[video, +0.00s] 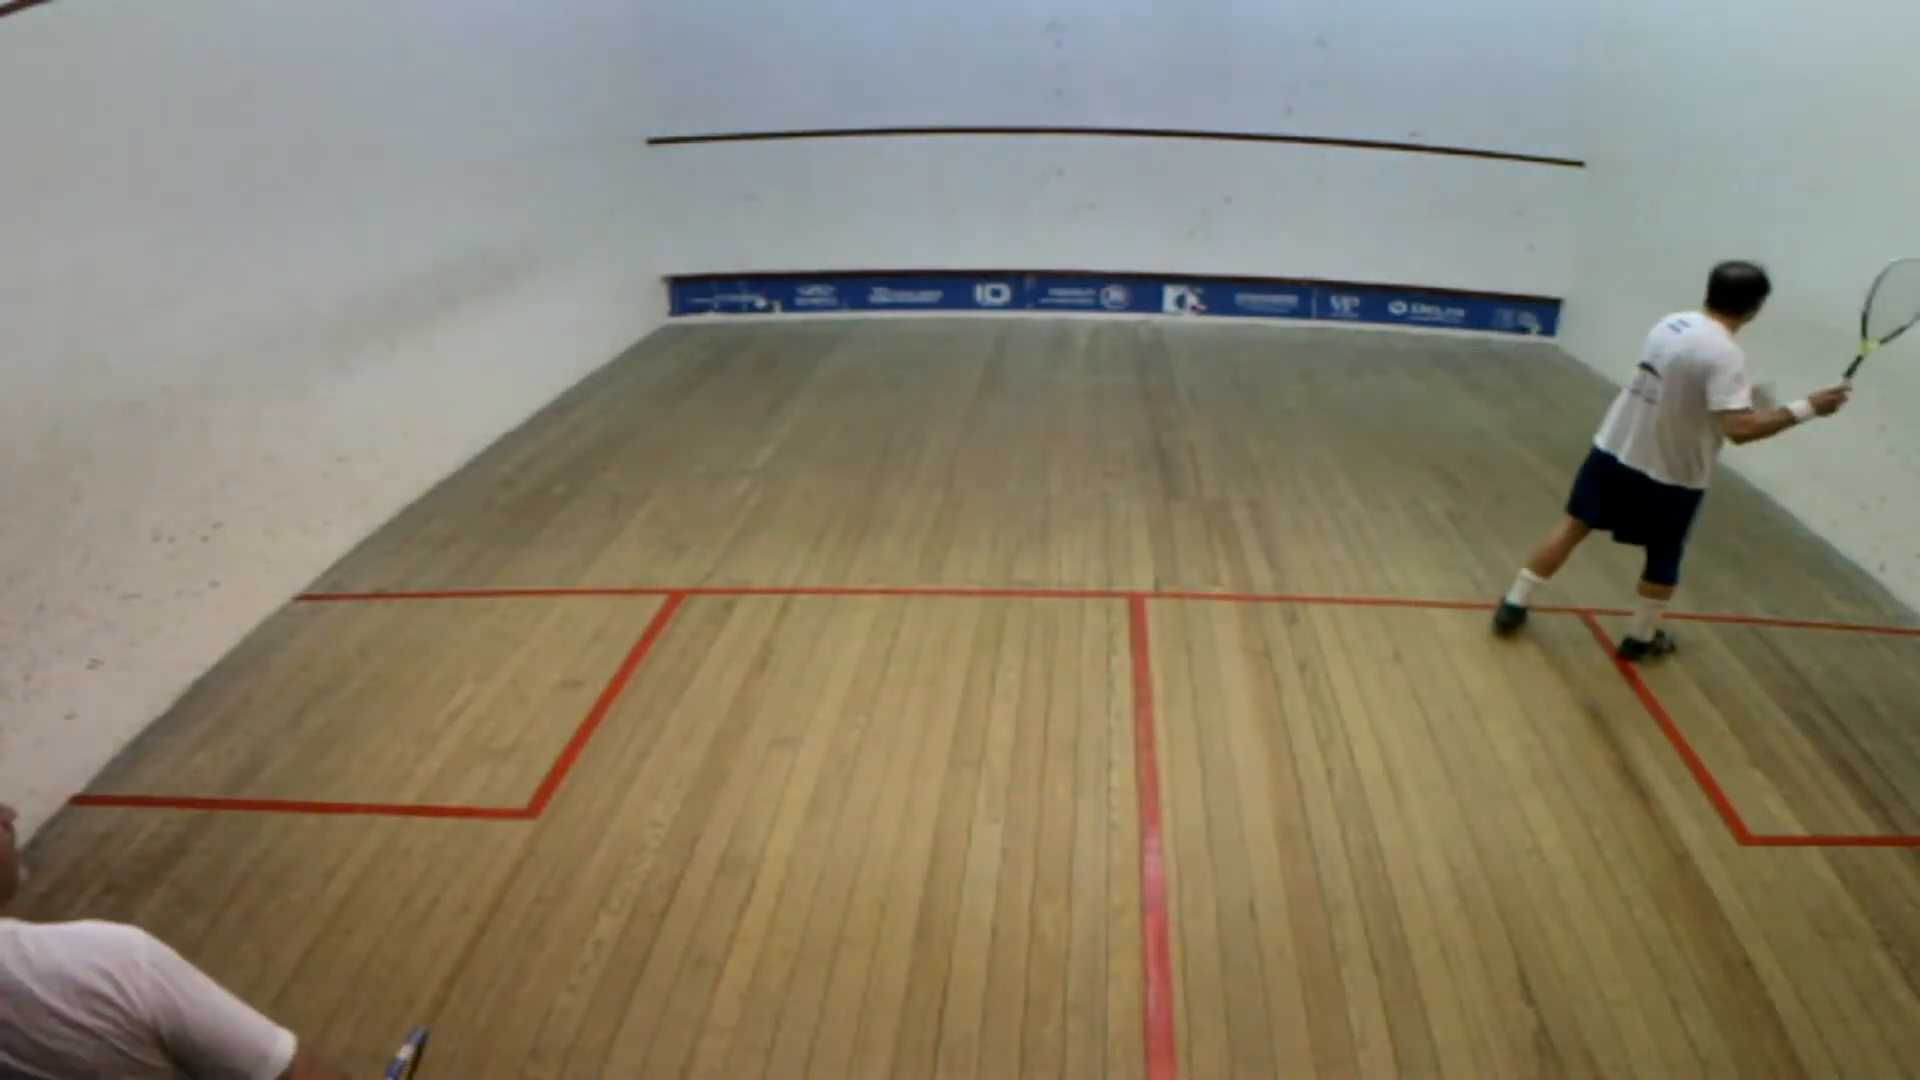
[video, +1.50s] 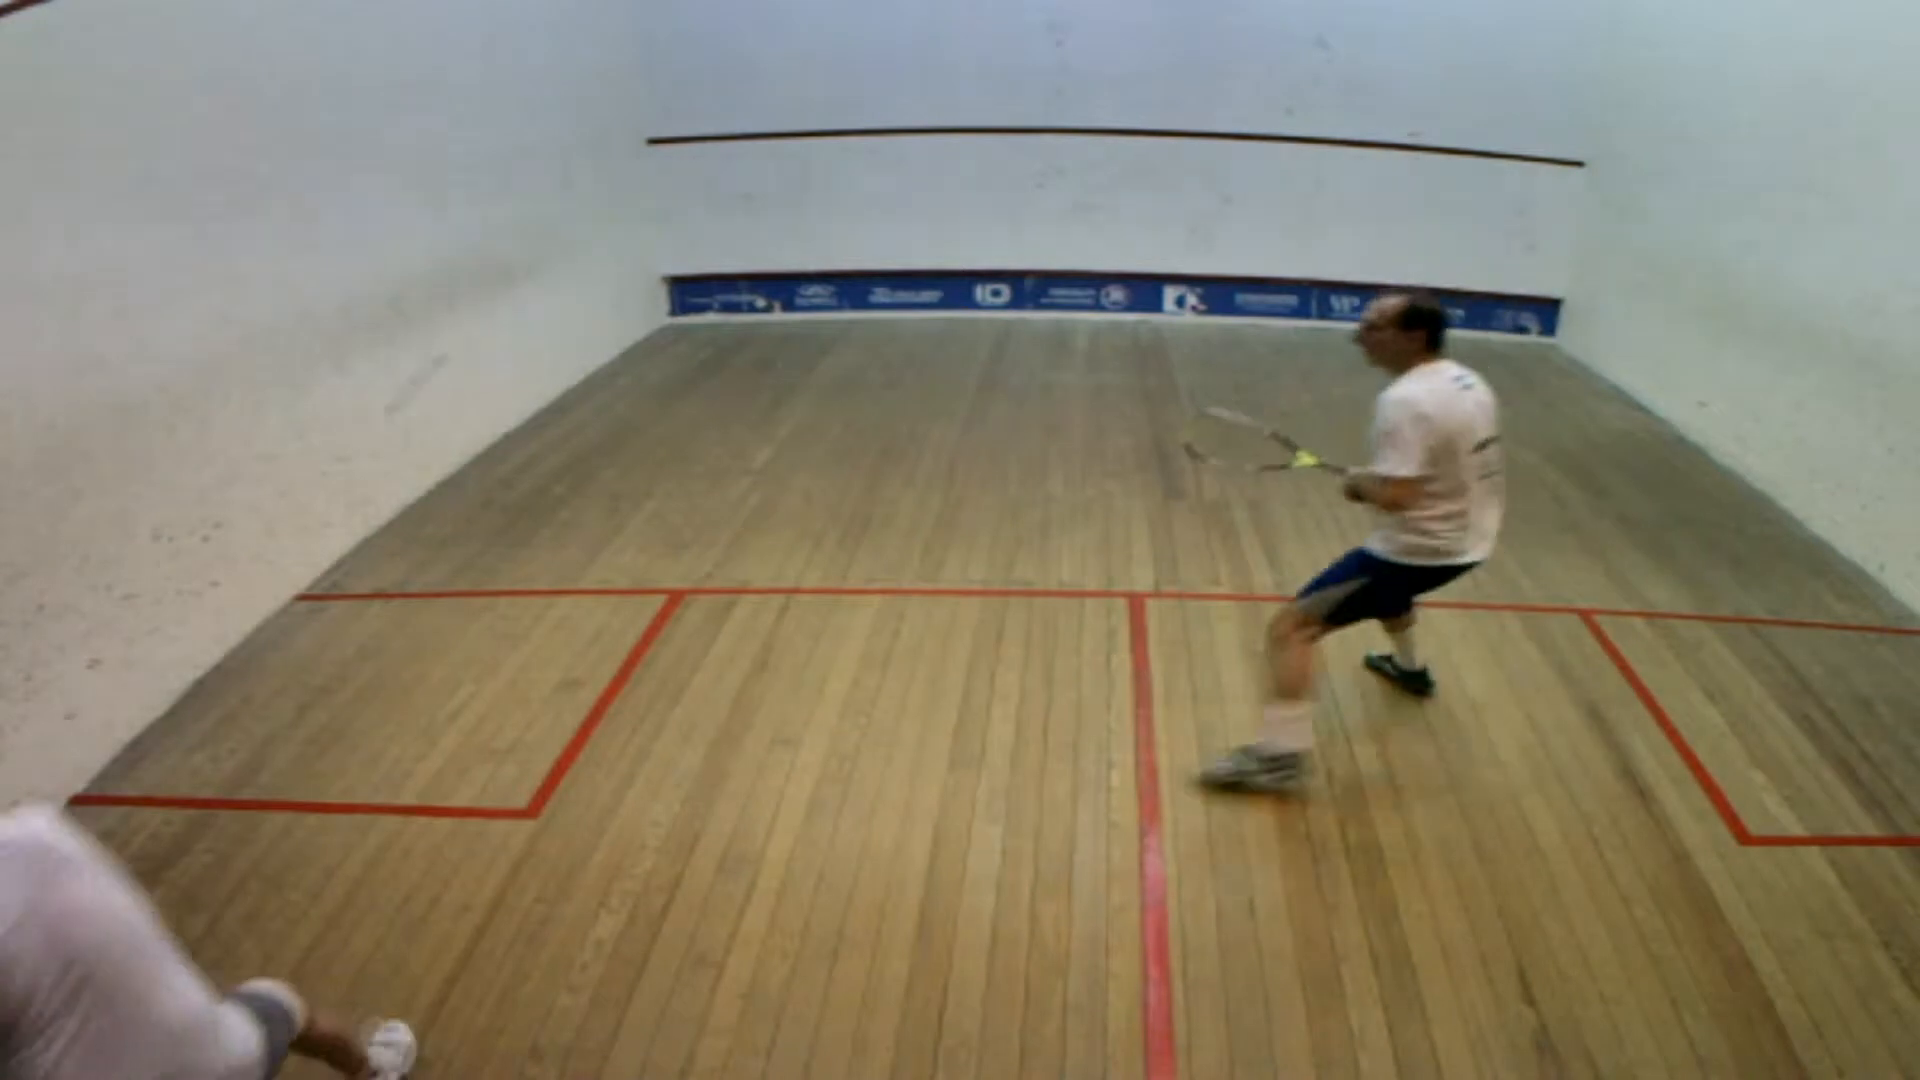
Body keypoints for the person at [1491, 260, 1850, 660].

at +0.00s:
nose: (1759, 311)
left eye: (1758, 303)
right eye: (1760, 304)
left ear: (1712, 292)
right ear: (1751, 309)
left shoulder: (1672, 324)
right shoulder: (1725, 356)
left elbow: (1672, 391)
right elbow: (1739, 428)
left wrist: (1739, 398)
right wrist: (1807, 408)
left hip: (1614, 450)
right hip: (1672, 477)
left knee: (1572, 526)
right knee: (1663, 558)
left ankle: (1512, 603)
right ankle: (1640, 636)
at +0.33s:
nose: (1791, 323)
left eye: (1789, 313)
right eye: (1791, 316)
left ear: (1741, 300)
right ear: (1780, 320)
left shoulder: (1700, 324)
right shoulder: (1746, 369)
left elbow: (1668, 343)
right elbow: (1798, 432)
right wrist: (1862, 399)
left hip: (1623, 449)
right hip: (1677, 484)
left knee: (1579, 524)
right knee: (1672, 559)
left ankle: (1516, 598)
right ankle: (1640, 636)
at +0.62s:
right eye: (1766, 294)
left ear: (1714, 294)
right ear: (1766, 300)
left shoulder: (1678, 339)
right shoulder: (1780, 352)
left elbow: (1600, 370)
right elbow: (1808, 358)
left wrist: (1607, 364)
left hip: (1635, 455)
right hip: (1701, 479)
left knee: (1589, 495)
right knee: (1672, 557)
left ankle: (1555, 565)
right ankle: (1644, 633)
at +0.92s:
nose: (1631, 314)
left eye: (1635, 307)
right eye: (1634, 307)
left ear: (1648, 314)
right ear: (1683, 314)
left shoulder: (1655, 364)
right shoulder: (1700, 349)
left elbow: (1654, 445)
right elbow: (1609, 370)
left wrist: (1581, 435)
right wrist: (1537, 373)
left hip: (1647, 494)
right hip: (1695, 492)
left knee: (1567, 557)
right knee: (1666, 571)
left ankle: (1604, 660)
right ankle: (1654, 643)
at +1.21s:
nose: (1509, 304)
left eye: (1520, 298)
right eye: (1514, 296)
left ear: (1550, 312)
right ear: (1559, 313)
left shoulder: (1536, 366)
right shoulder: (1595, 354)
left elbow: (1545, 449)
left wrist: (1499, 447)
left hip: (1563, 519)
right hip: (1602, 509)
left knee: (1540, 596)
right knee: (1517, 555)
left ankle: (1617, 668)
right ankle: (1500, 644)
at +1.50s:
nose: (1361, 335)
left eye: (1374, 328)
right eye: (1365, 324)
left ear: (1414, 338)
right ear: (1422, 339)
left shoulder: (1405, 400)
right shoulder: (1469, 383)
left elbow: (1402, 492)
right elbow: (1452, 468)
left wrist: (1359, 485)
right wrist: (1379, 478)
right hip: (1466, 542)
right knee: (1385, 585)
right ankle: (1409, 665)